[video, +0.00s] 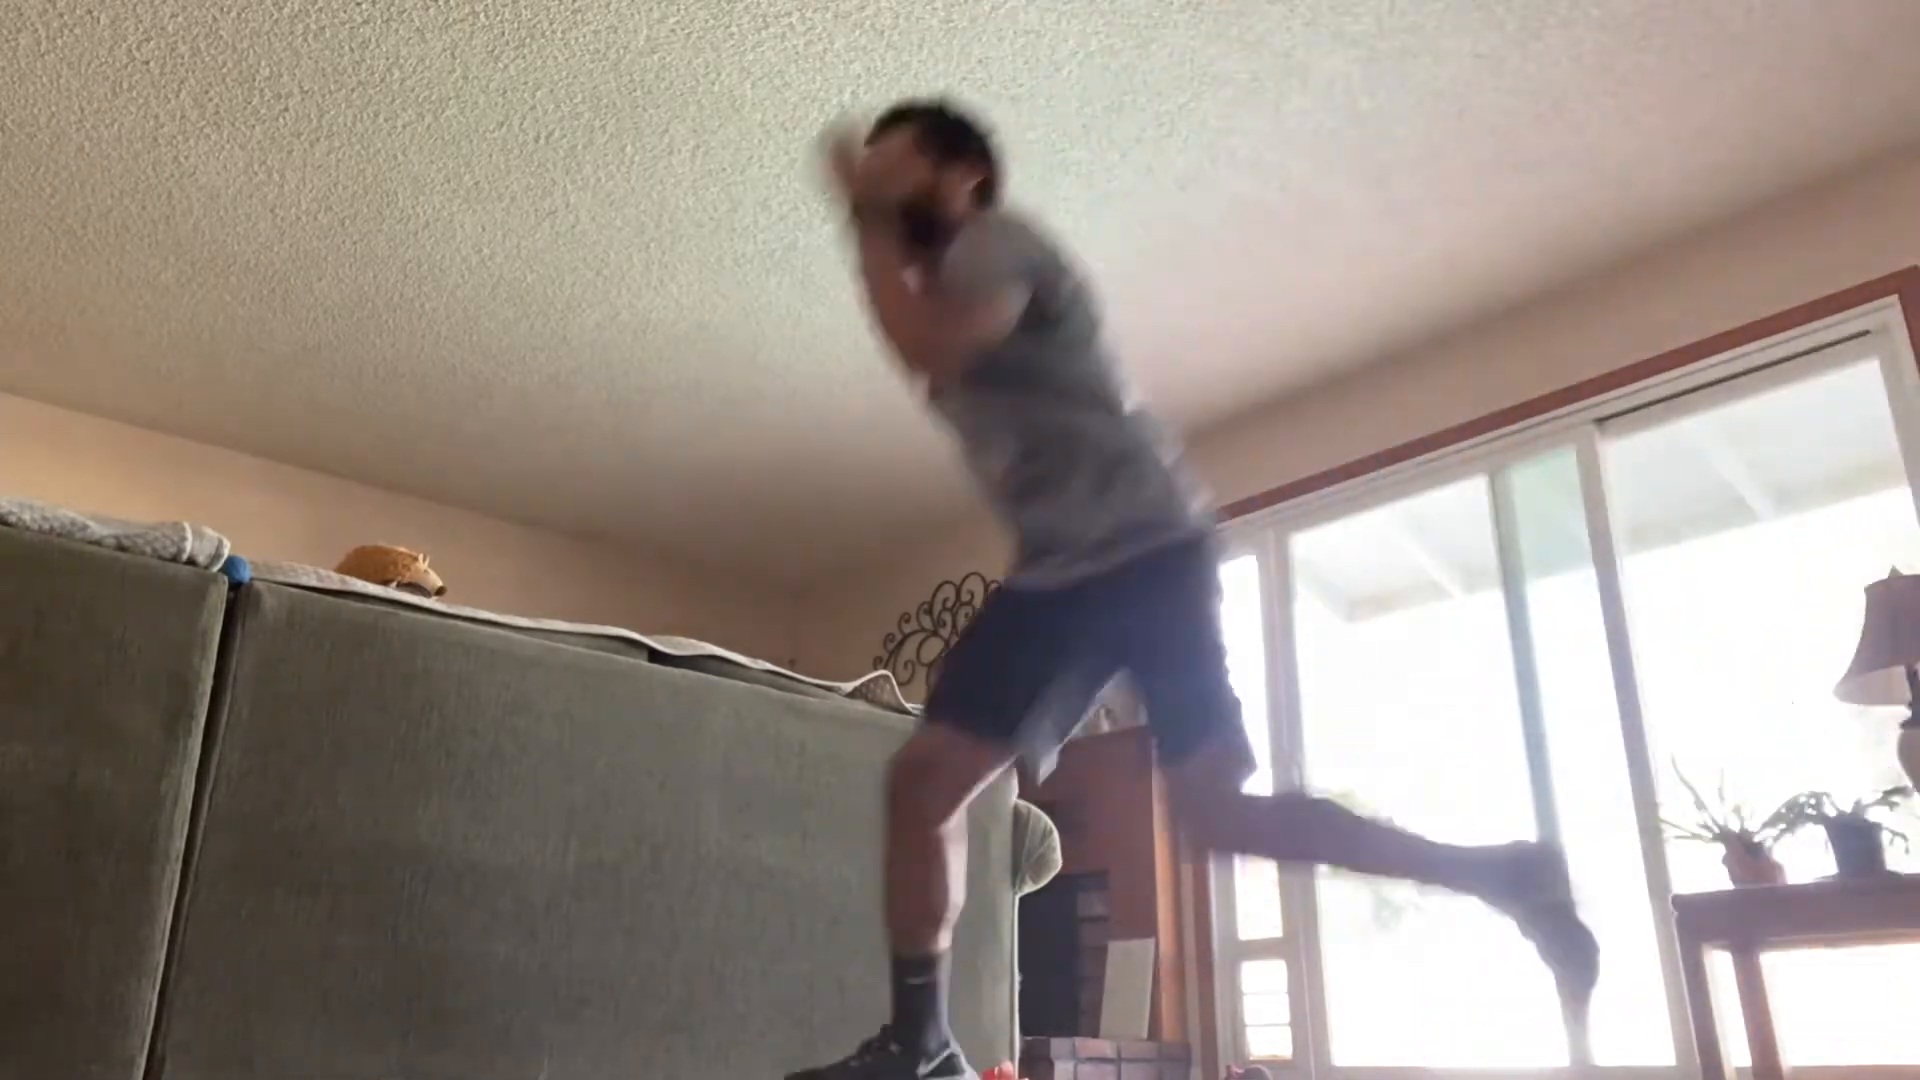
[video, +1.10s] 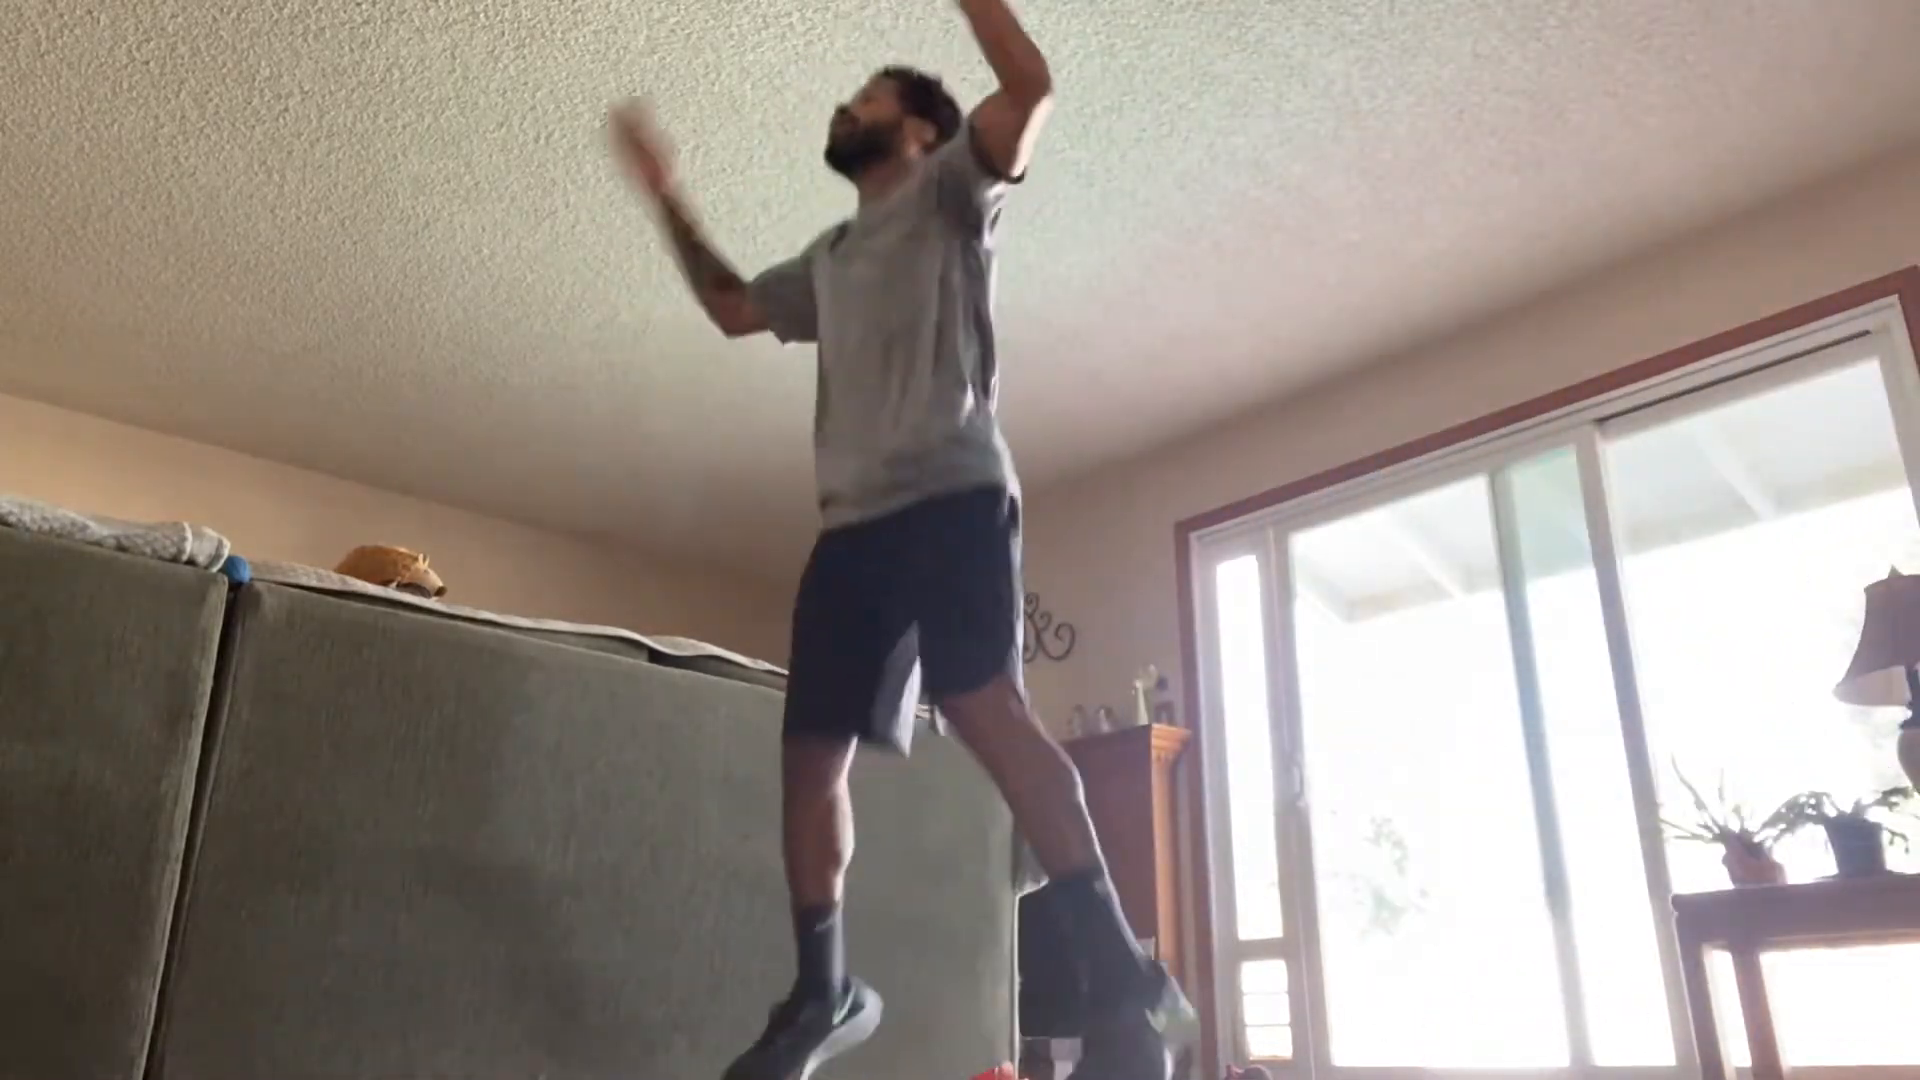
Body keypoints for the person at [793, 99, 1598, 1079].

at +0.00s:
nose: (864, 177)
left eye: (886, 157)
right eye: (867, 163)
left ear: (960, 176)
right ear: (930, 187)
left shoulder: (1000, 243)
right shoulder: (941, 277)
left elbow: (931, 348)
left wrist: (869, 218)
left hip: (1151, 557)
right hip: (1054, 579)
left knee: (1213, 810)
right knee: (922, 781)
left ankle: (1505, 874)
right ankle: (917, 1042)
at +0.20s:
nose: (778, 192)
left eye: (798, 174)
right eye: (779, 178)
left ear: (863, 190)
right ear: (829, 199)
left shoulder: (925, 274)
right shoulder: (852, 338)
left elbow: (1021, 405)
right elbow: (906, 482)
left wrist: (903, 519)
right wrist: (852, 553)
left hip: (1016, 547)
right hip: (947, 566)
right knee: (851, 765)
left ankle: (1117, 902)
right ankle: (905, 1031)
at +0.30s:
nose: (772, 134)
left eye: (794, 117)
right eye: (772, 121)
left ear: (859, 137)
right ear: (806, 150)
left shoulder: (928, 213)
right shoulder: (818, 301)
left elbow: (1024, 339)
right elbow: (864, 432)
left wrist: (891, 392)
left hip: (1008, 482)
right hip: (927, 513)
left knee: (870, 667)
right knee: (855, 719)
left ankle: (1039, 878)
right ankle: (905, 974)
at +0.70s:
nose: (808, 72)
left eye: (833, 57)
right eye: (812, 63)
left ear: (891, 91)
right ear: (831, 106)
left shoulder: (939, 170)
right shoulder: (807, 247)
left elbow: (1016, 286)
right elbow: (783, 385)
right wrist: (655, 419)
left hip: (947, 455)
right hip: (847, 484)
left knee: (909, 672)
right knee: (811, 702)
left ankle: (975, 970)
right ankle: (841, 971)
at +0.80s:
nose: (824, 62)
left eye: (848, 49)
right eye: (827, 54)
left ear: (903, 78)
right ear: (854, 94)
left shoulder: (937, 151)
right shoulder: (823, 229)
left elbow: (1038, 149)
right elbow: (743, 332)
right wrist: (623, 275)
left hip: (951, 448)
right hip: (852, 479)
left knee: (940, 659)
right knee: (803, 695)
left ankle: (1050, 939)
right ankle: (833, 953)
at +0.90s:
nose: (833, 104)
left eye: (858, 93)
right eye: (834, 97)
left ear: (913, 122)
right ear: (848, 139)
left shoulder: (945, 183)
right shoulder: (824, 260)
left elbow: (1016, 64)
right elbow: (734, 290)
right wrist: (727, 156)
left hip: (961, 492)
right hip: (856, 523)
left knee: (969, 703)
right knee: (798, 758)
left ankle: (1117, 967)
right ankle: (811, 994)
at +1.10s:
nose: (846, 106)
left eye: (870, 97)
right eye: (850, 100)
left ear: (923, 127)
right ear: (867, 140)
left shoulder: (950, 187)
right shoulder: (831, 259)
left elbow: (1028, 82)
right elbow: (733, 306)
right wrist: (667, 201)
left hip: (958, 495)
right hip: (854, 521)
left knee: (983, 703)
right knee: (812, 752)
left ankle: (1118, 962)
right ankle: (824, 991)